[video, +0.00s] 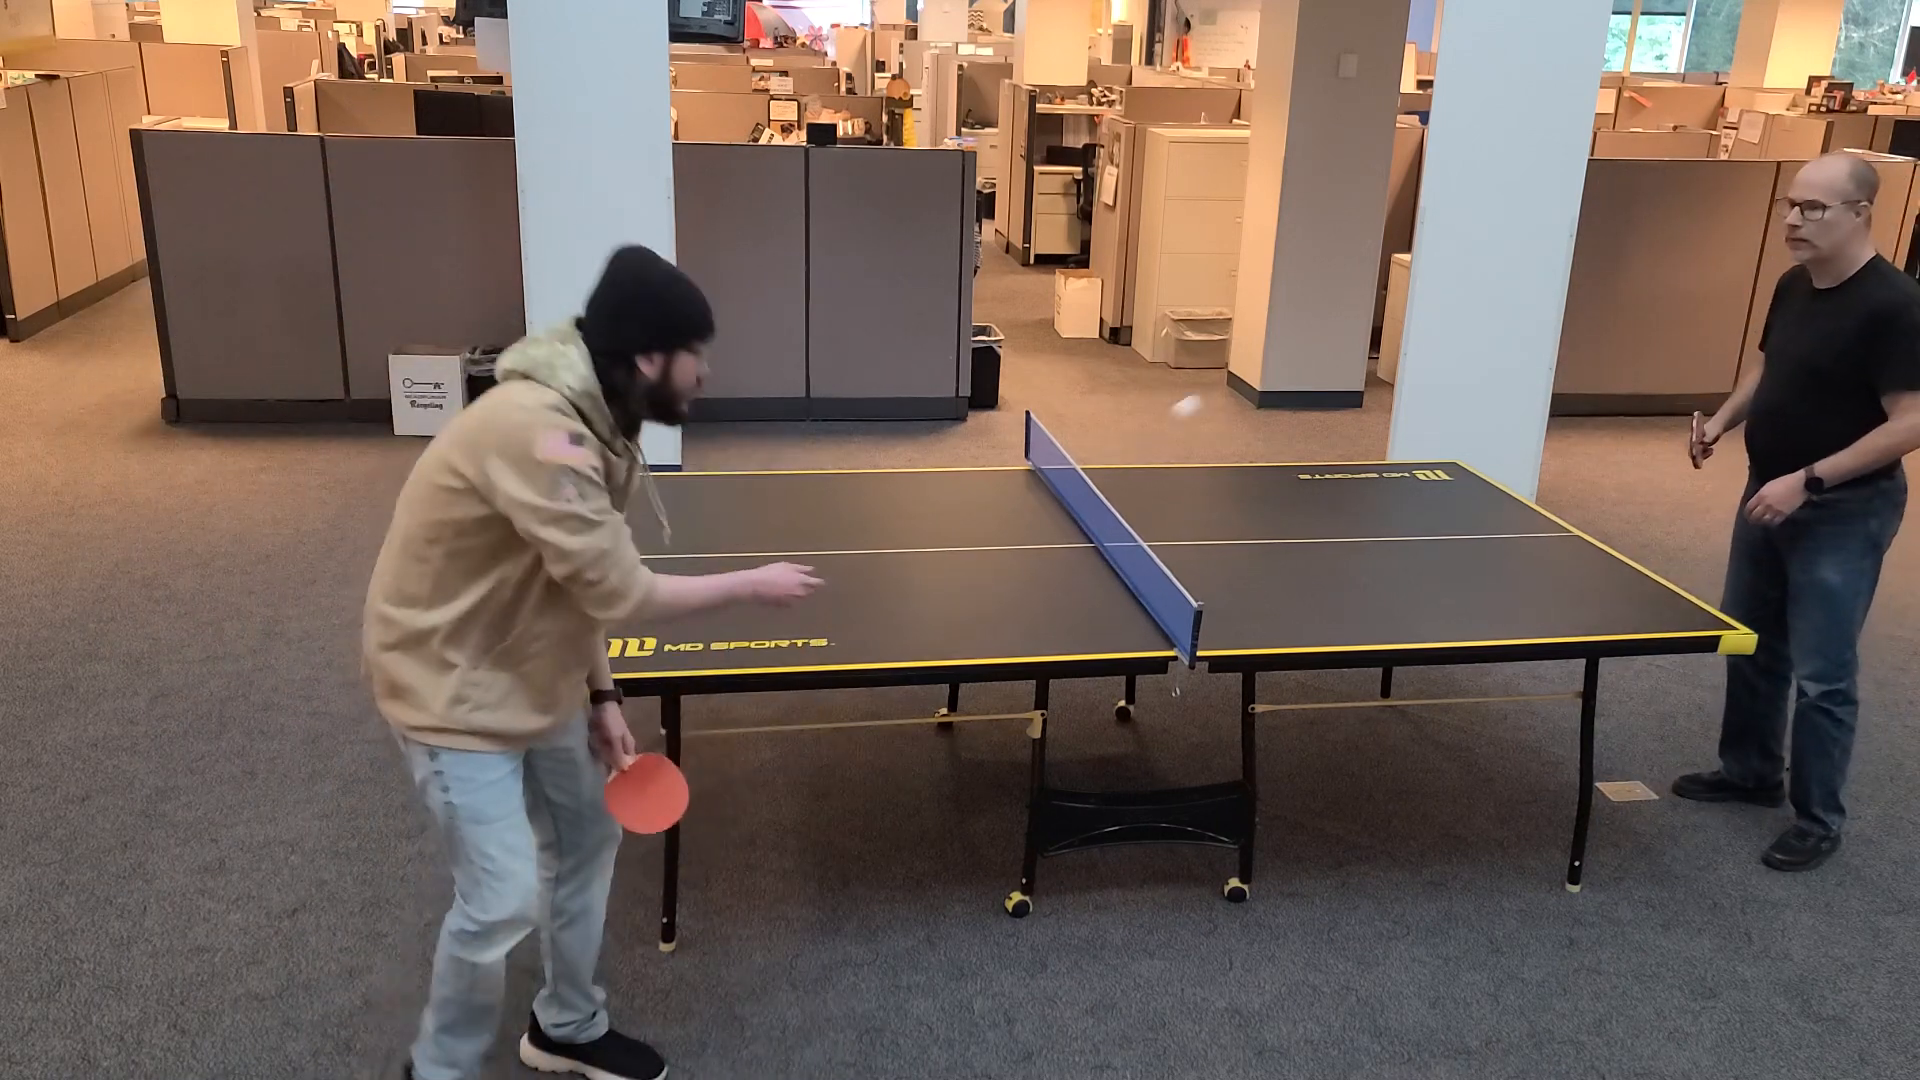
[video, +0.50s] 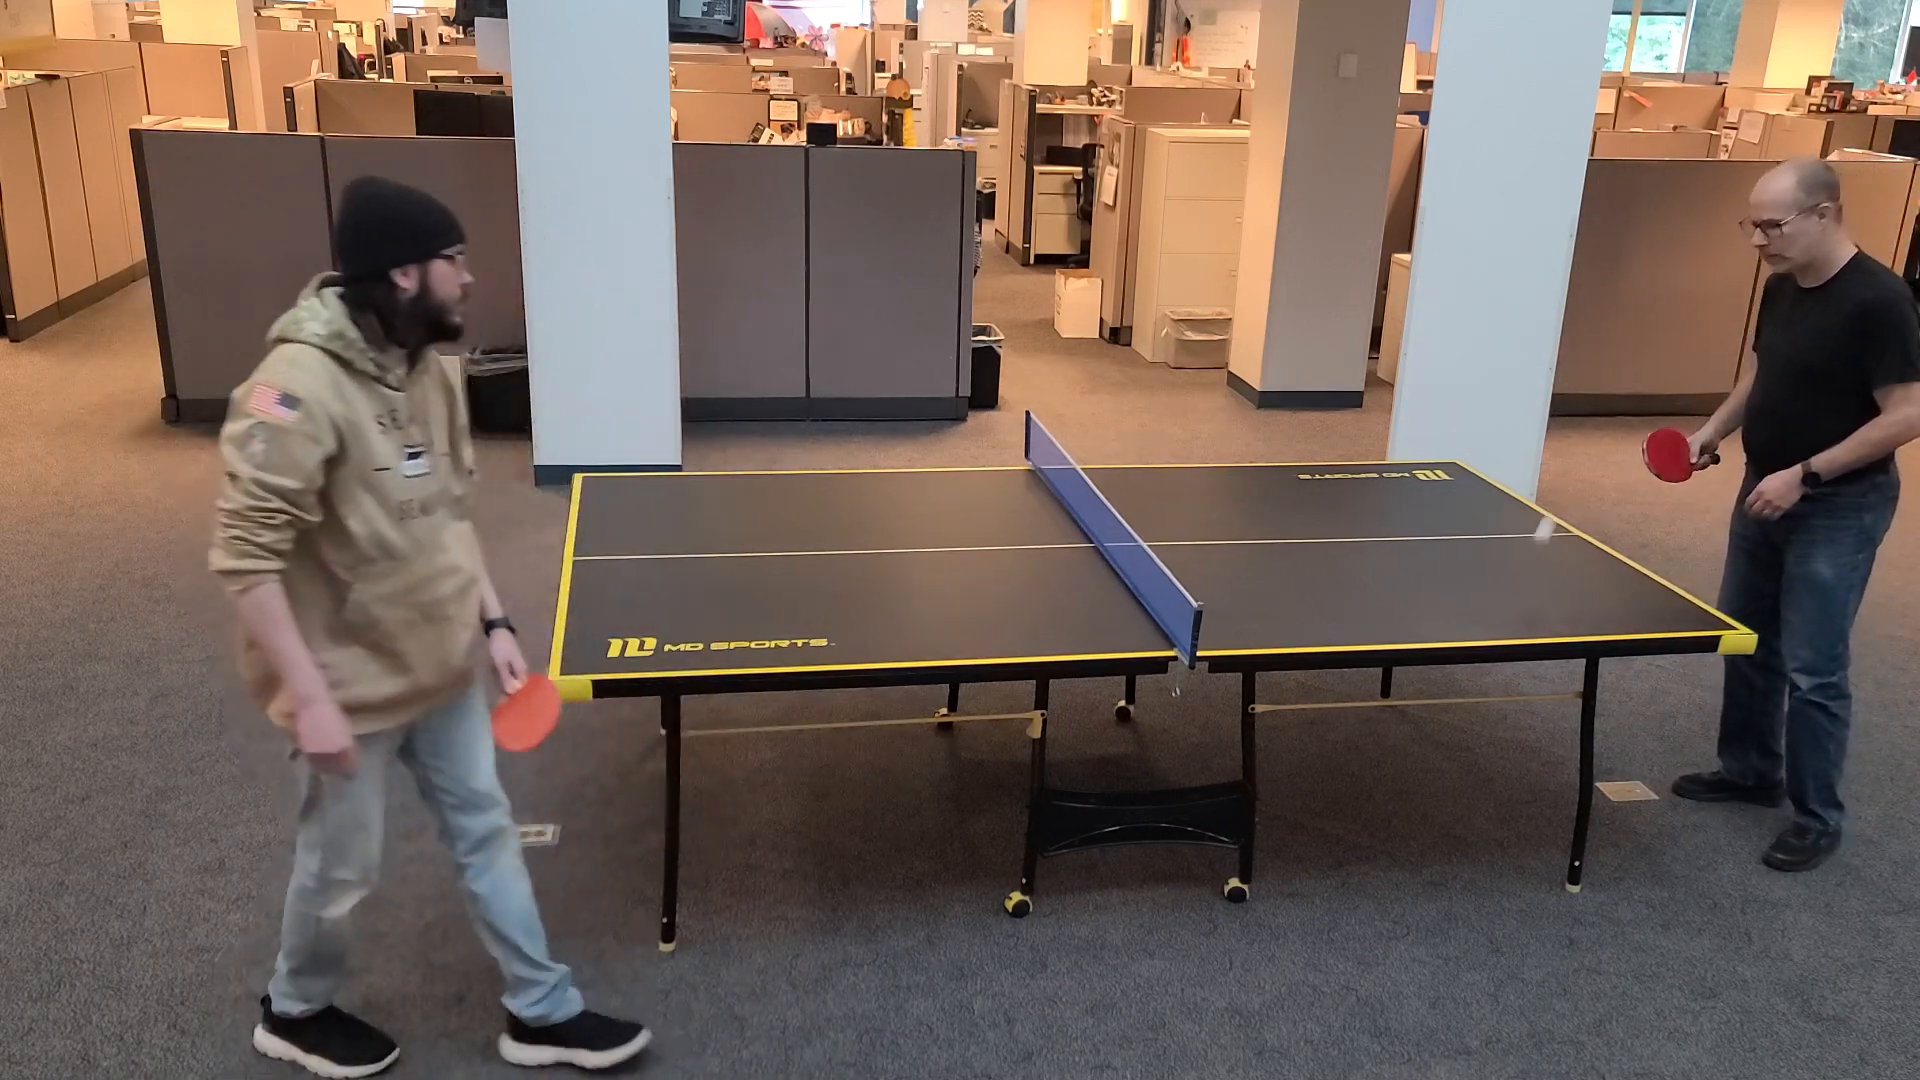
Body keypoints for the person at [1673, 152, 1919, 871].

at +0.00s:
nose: (1792, 220)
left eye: (1810, 209)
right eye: (1790, 206)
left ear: (1859, 217)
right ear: (1790, 209)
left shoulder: (1894, 303)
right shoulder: (1794, 284)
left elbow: (1909, 424)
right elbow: (1769, 371)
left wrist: (1806, 478)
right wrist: (1722, 417)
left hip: (1848, 506)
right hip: (1769, 494)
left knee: (1821, 673)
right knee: (1751, 643)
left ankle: (1819, 819)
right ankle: (1750, 772)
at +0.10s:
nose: (1786, 220)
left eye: (1804, 209)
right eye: (1783, 206)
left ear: (1853, 215)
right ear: (1782, 209)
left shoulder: (1892, 303)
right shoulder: (1788, 286)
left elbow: (1907, 422)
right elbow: (1763, 374)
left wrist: (1802, 477)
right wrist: (1714, 421)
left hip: (1841, 506)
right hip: (1764, 495)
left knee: (1817, 673)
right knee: (1748, 643)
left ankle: (1818, 819)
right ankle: (1750, 771)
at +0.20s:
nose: (1781, 221)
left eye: (1799, 211)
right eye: (1778, 208)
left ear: (1847, 215)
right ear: (1778, 209)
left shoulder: (1889, 302)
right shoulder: (1784, 285)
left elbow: (1905, 421)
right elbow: (1757, 372)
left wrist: (1801, 476)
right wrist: (1709, 424)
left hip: (1838, 506)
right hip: (1760, 494)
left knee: (1814, 671)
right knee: (1746, 643)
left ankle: (1816, 818)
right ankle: (1749, 771)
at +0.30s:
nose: (1773, 228)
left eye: (1790, 217)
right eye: (1770, 215)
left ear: (1840, 216)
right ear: (1769, 213)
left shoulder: (1886, 302)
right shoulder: (1781, 285)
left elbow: (1905, 419)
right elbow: (1756, 372)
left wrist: (1800, 475)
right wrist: (1707, 425)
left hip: (1836, 505)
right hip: (1758, 493)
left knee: (1813, 669)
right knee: (1744, 642)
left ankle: (1815, 817)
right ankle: (1749, 771)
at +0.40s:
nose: (1766, 233)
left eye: (1781, 221)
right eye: (1762, 220)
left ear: (1832, 217)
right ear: (1765, 216)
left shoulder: (1885, 302)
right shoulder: (1779, 286)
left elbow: (1905, 417)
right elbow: (1755, 374)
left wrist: (1802, 474)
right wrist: (1707, 429)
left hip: (1835, 505)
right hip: (1758, 494)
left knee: (1811, 669)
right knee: (1744, 642)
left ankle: (1814, 815)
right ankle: (1749, 771)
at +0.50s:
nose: (1758, 237)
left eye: (1771, 224)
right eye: (1755, 224)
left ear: (1824, 217)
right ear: (1769, 220)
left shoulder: (1882, 301)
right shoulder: (1780, 286)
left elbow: (1905, 416)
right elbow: (1762, 377)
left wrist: (1804, 473)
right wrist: (1711, 432)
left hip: (1840, 503)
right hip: (1764, 492)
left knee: (1811, 667)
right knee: (1746, 640)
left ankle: (1818, 817)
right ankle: (1749, 771)